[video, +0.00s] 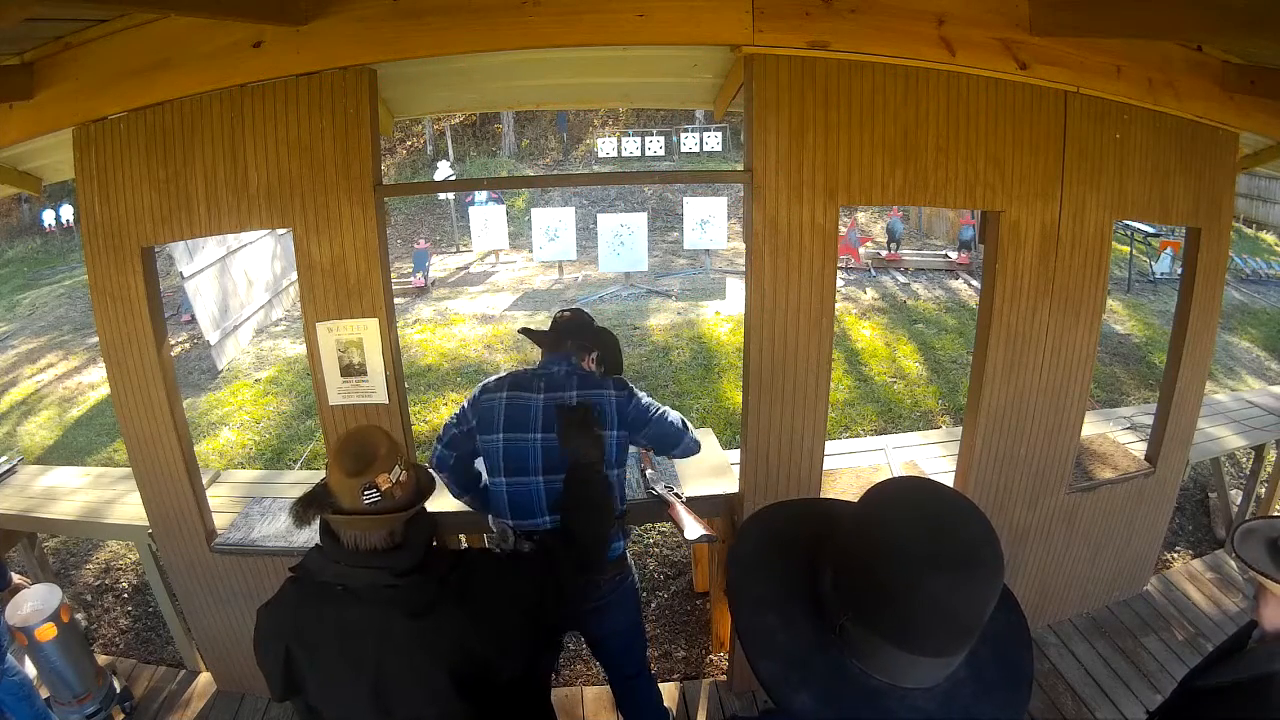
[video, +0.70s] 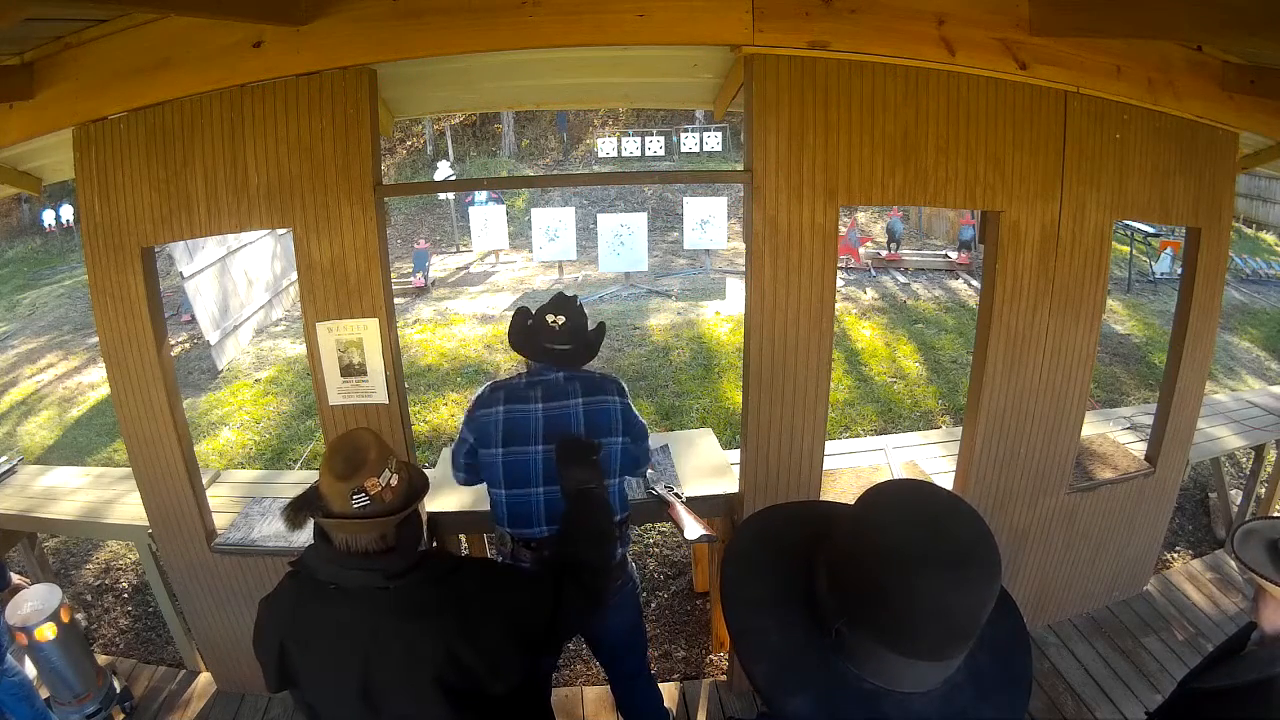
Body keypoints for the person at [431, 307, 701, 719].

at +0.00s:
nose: (599, 368)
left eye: (599, 360)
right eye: (598, 359)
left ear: (546, 350)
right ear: (588, 356)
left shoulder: (490, 393)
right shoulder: (615, 394)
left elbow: (446, 458)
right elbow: (686, 441)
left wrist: (489, 504)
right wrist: (649, 436)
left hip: (519, 577)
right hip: (600, 570)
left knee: (529, 692)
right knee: (633, 682)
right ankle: (652, 718)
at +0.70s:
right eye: (582, 337)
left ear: (529, 343)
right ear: (583, 344)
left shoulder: (491, 399)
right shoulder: (610, 391)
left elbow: (465, 471)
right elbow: (638, 457)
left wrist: (515, 452)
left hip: (526, 580)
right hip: (606, 571)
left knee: (530, 691)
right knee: (634, 681)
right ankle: (653, 718)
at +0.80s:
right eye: (580, 335)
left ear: (523, 342)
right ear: (581, 343)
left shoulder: (489, 401)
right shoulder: (608, 391)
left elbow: (479, 449)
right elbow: (629, 459)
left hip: (526, 585)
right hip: (605, 577)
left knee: (530, 696)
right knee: (636, 686)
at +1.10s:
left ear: (528, 341)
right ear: (583, 344)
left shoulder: (494, 392)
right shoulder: (607, 387)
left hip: (524, 582)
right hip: (602, 575)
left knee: (529, 693)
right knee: (636, 687)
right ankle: (653, 716)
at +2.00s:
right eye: (592, 341)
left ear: (533, 343)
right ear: (587, 348)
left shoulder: (499, 390)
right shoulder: (609, 389)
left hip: (523, 578)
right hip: (601, 573)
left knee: (530, 691)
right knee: (635, 687)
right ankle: (652, 714)